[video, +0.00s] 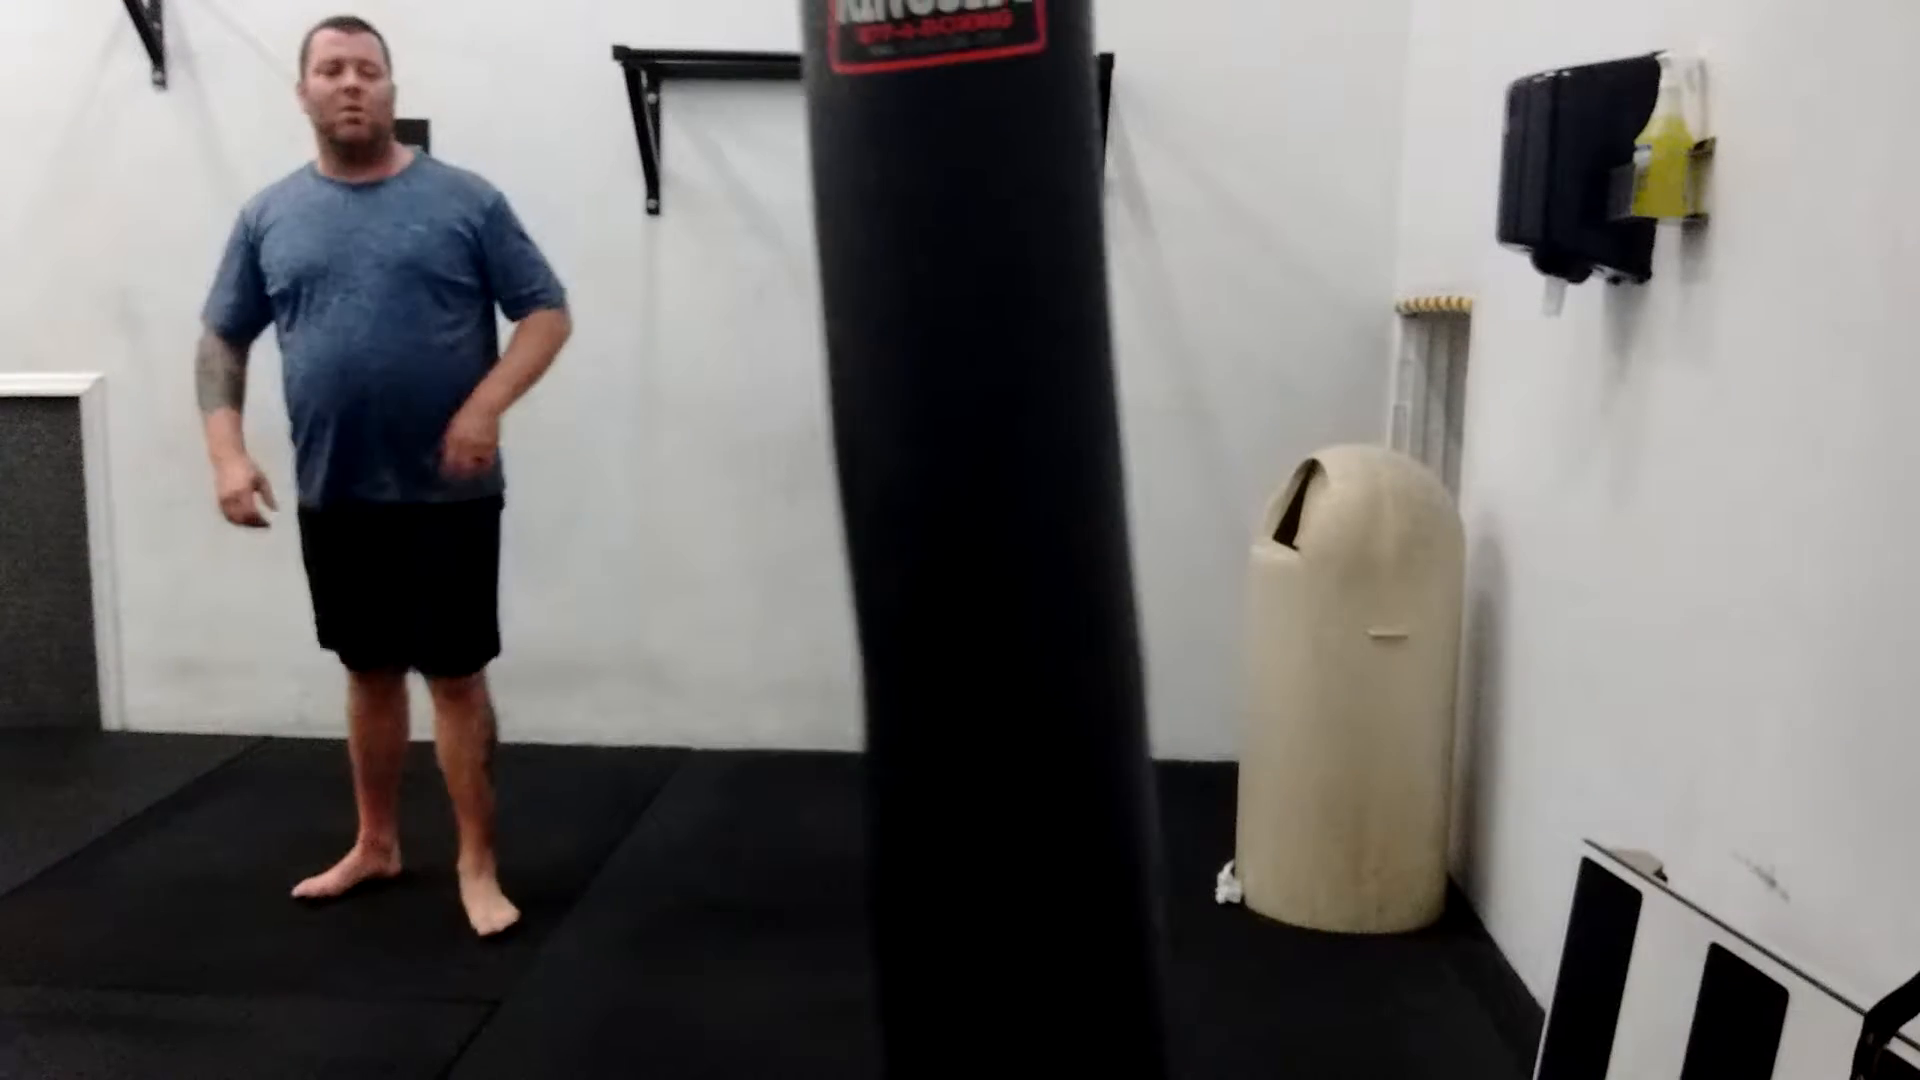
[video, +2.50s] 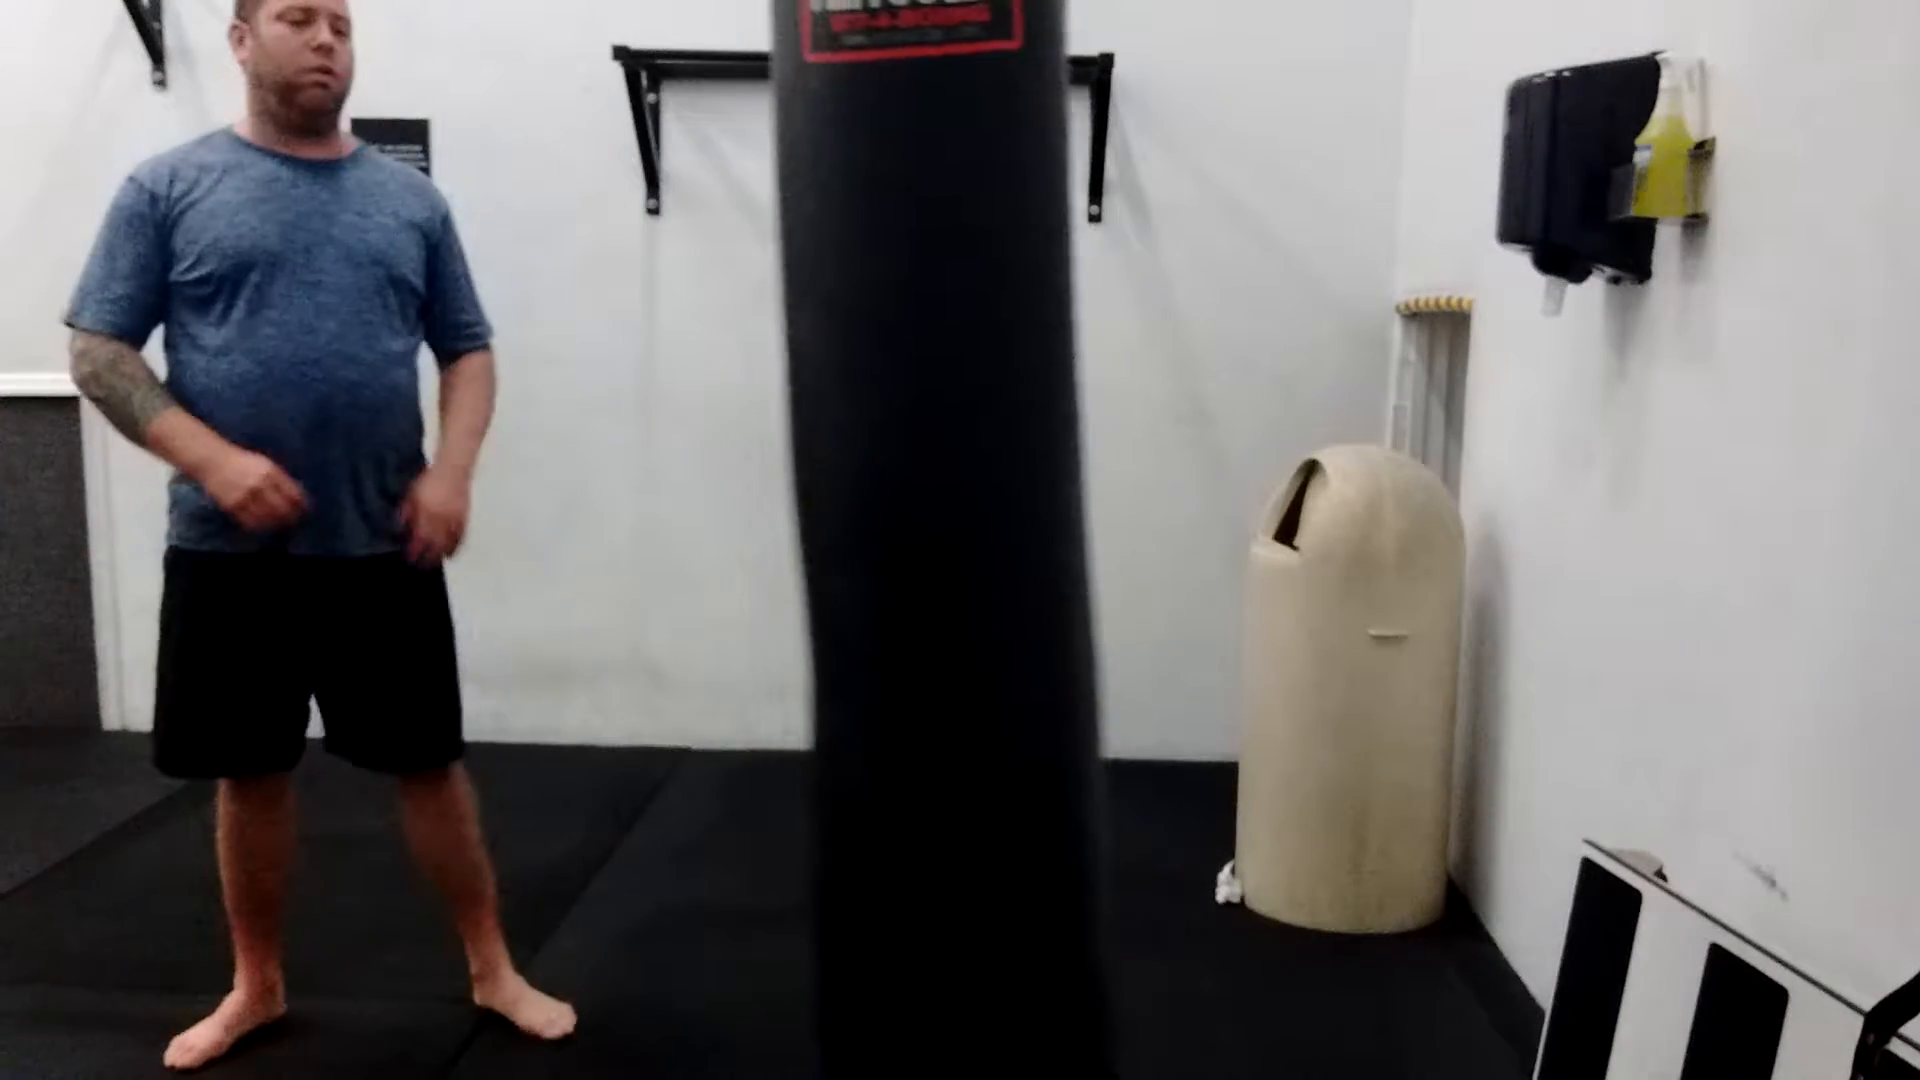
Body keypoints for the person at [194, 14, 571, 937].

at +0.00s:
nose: (350, 84)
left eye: (365, 71)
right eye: (332, 72)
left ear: (392, 90)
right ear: (302, 94)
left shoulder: (465, 199)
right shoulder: (270, 215)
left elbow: (547, 315)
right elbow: (221, 340)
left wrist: (485, 406)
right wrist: (226, 454)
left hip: (451, 483)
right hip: (339, 487)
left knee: (458, 680)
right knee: (368, 676)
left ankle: (478, 870)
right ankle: (375, 846)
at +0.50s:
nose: (416, 85)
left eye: (433, 72)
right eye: (396, 69)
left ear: (452, 92)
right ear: (358, 86)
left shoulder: (510, 211)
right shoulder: (306, 204)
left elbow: (578, 335)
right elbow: (253, 341)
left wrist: (538, 370)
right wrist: (308, 422)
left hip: (473, 501)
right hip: (340, 501)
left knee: (474, 695)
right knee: (295, 687)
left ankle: (482, 873)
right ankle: (341, 871)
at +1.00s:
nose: (316, 64)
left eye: (331, 47)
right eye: (292, 46)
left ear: (354, 67)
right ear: (252, 69)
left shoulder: (428, 192)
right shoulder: (204, 201)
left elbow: (506, 332)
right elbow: (105, 331)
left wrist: (437, 423)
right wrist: (191, 442)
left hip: (420, 519)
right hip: (274, 527)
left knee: (488, 710)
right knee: (286, 744)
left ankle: (466, 866)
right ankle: (279, 966)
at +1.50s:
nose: (373, 40)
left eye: (392, 23)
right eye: (350, 22)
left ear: (419, 48)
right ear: (312, 49)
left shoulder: (494, 186)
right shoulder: (257, 188)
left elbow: (576, 330)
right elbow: (215, 343)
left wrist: (504, 406)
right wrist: (254, 433)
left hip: (460, 532)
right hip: (309, 535)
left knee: (490, 752)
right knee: (279, 759)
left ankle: (518, 961)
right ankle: (280, 967)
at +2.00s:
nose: (373, 30)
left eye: (395, 21)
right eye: (350, 15)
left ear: (418, 60)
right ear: (311, 47)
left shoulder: (477, 193)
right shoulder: (236, 177)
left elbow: (551, 350)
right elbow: (156, 328)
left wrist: (470, 417)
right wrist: (196, 454)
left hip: (433, 537)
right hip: (281, 533)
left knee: (475, 761)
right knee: (264, 770)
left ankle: (515, 966)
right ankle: (256, 987)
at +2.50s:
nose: (326, 37)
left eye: (339, 23)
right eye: (298, 19)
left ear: (353, 52)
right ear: (242, 44)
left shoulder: (410, 197)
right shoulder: (170, 188)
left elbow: (468, 352)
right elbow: (96, 352)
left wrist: (451, 472)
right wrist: (212, 458)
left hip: (383, 545)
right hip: (234, 549)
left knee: (431, 765)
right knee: (248, 777)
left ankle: (494, 971)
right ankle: (256, 986)